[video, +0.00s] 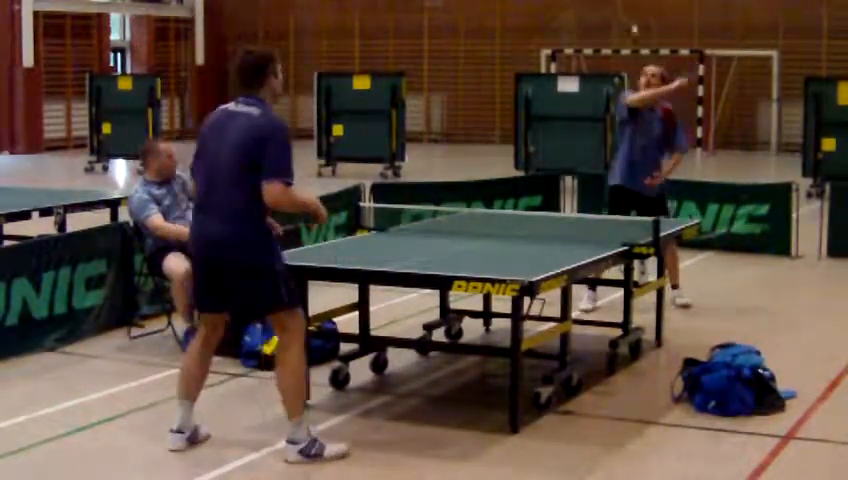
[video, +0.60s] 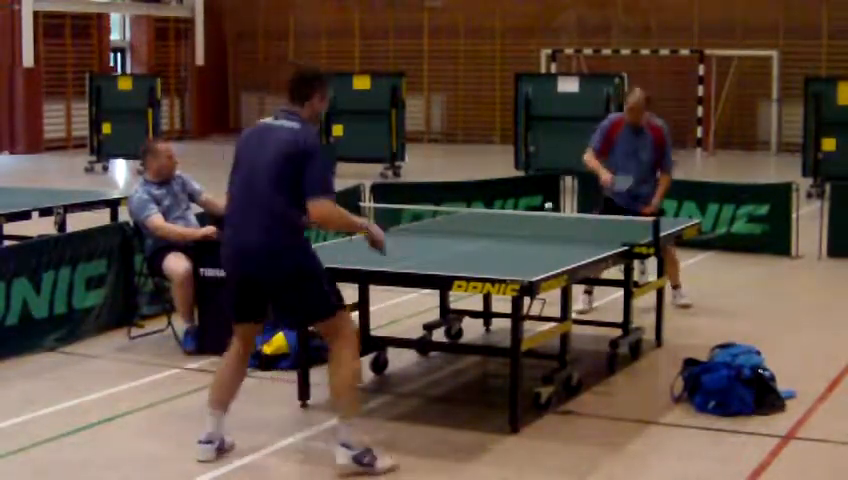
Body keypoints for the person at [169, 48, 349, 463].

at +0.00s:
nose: (282, 81)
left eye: (280, 74)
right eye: (280, 75)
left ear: (241, 79)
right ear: (272, 79)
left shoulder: (214, 120)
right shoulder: (271, 126)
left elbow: (201, 187)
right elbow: (275, 195)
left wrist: (259, 217)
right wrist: (310, 204)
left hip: (205, 242)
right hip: (248, 244)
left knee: (210, 327)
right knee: (291, 324)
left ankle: (182, 426)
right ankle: (300, 437)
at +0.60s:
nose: (324, 109)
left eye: (324, 102)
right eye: (325, 103)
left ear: (288, 98)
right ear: (315, 101)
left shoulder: (251, 135)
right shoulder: (306, 141)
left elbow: (236, 197)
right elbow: (321, 212)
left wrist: (282, 219)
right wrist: (363, 225)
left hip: (239, 251)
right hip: (285, 254)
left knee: (242, 339)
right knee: (343, 334)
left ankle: (211, 435)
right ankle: (350, 441)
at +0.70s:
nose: (351, 112)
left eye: (351, 104)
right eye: (350, 104)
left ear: (314, 99)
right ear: (339, 104)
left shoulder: (281, 132)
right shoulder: (314, 144)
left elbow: (290, 197)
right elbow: (310, 214)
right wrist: (357, 252)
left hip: (248, 257)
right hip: (289, 262)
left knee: (252, 342)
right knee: (360, 329)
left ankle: (212, 433)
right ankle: (378, 440)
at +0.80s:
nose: (381, 134)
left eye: (382, 127)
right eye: (380, 126)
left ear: (351, 118)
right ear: (364, 123)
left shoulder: (319, 141)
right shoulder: (332, 159)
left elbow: (351, 204)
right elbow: (297, 222)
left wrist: (400, 208)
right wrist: (332, 277)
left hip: (261, 264)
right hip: (290, 272)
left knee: (266, 347)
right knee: (373, 335)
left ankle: (215, 432)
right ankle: (411, 439)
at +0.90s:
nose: (417, 158)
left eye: (419, 150)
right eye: (417, 150)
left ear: (389, 139)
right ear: (402, 145)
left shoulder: (358, 155)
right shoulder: (355, 175)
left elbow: (391, 189)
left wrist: (438, 200)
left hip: (284, 267)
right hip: (321, 269)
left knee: (271, 353)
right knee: (401, 336)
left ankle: (215, 435)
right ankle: (421, 444)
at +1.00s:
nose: (444, 171)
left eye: (449, 164)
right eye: (447, 163)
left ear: (419, 142)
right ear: (436, 155)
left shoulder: (371, 147)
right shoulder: (397, 194)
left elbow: (396, 179)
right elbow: (386, 268)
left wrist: (423, 190)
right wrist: (429, 282)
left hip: (303, 260)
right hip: (349, 274)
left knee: (282, 340)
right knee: (420, 332)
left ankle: (219, 429)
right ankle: (420, 444)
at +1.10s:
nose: (463, 161)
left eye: (466, 155)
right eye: (462, 153)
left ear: (434, 134)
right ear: (448, 146)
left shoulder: (380, 138)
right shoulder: (429, 183)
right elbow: (473, 216)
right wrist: (497, 174)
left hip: (310, 255)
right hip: (359, 267)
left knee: (282, 335)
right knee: (424, 333)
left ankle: (229, 420)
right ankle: (420, 443)